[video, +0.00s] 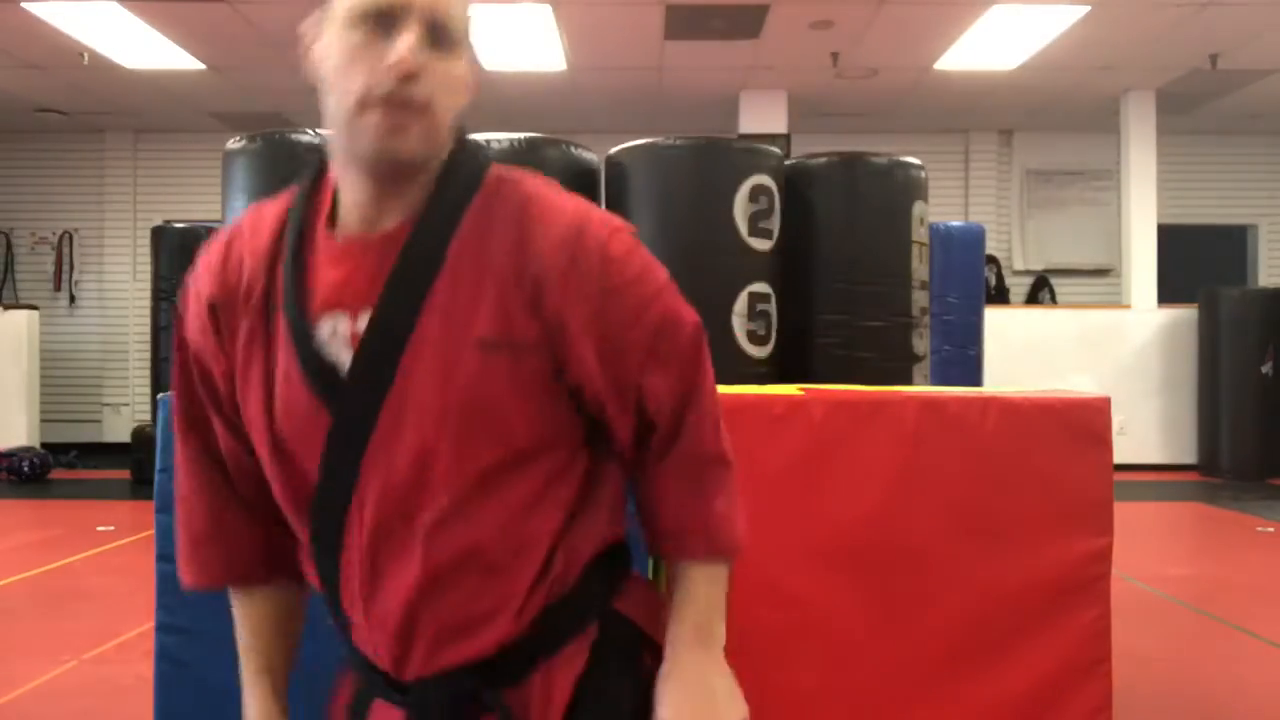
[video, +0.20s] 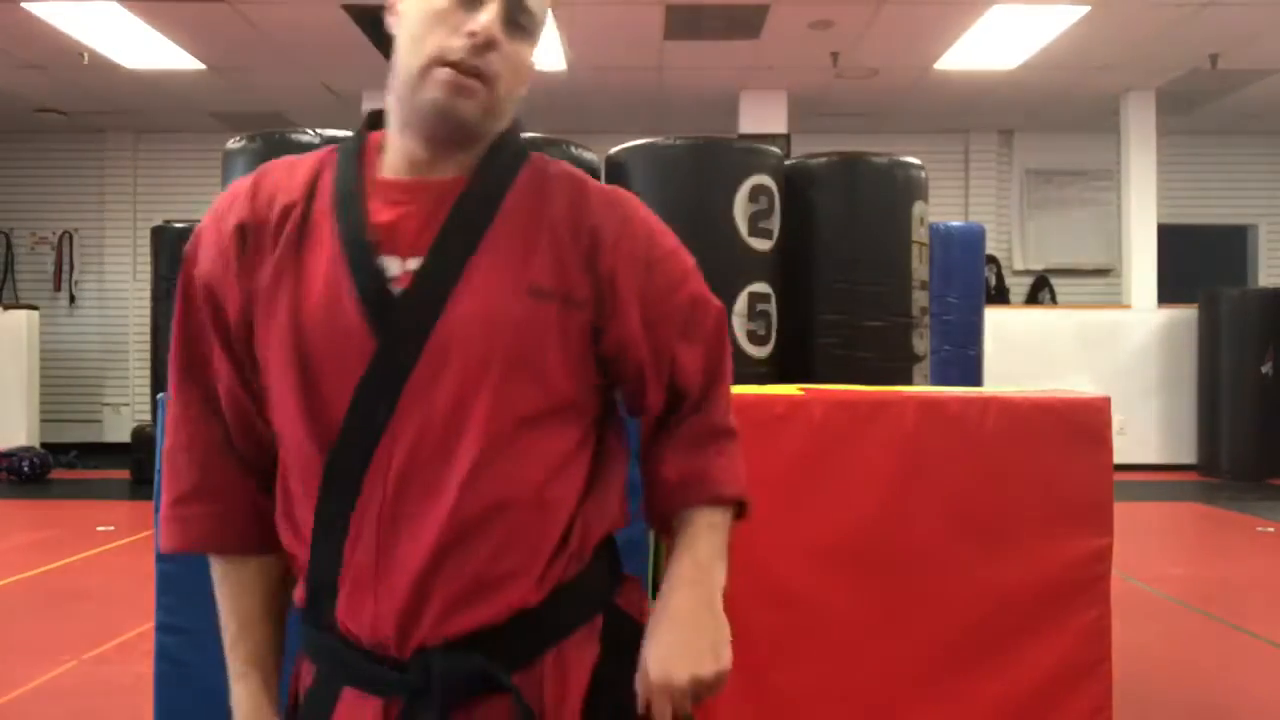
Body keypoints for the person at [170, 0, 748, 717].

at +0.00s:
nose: (407, 58)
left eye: (441, 39)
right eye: (376, 24)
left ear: (470, 81)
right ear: (313, 44)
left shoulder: (562, 245)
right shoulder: (234, 274)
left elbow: (686, 433)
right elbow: (249, 520)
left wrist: (699, 653)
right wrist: (263, 700)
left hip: (574, 682)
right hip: (380, 686)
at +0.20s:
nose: (486, 27)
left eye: (519, 19)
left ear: (531, 69)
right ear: (394, 15)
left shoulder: (602, 229)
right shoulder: (250, 227)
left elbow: (695, 409)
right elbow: (230, 486)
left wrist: (695, 593)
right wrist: (253, 695)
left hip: (555, 682)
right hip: (345, 686)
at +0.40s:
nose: (590, 68)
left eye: (624, 57)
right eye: (571, 31)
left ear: (641, 100)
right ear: (510, 41)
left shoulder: (690, 263)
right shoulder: (348, 224)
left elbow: (752, 449)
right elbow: (289, 495)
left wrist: (761, 613)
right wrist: (283, 705)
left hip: (621, 692)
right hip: (409, 689)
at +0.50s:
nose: (665, 92)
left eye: (694, 71)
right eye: (639, 55)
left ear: (712, 103)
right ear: (572, 64)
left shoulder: (761, 282)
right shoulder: (425, 248)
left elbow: (806, 456)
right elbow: (362, 523)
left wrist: (797, 594)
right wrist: (354, 708)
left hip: (684, 695)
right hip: (473, 694)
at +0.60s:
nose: (710, 125)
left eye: (732, 91)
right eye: (677, 93)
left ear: (759, 105)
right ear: (617, 110)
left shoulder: (828, 288)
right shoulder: (495, 253)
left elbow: (870, 455)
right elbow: (426, 493)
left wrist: (841, 597)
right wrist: (415, 696)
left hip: (726, 697)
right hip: (525, 692)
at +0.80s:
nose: (702, 141)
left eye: (726, 94)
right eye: (664, 104)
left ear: (764, 90)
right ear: (615, 113)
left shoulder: (866, 243)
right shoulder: (526, 249)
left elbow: (947, 379)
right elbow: (468, 427)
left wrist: (907, 548)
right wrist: (461, 588)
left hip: (781, 678)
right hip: (585, 672)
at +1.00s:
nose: (599, 152)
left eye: (618, 105)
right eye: (563, 126)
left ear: (670, 88)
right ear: (537, 141)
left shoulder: (809, 218)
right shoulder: (510, 271)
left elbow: (947, 347)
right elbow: (493, 448)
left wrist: (903, 528)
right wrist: (467, 579)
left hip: (761, 673)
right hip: (575, 668)